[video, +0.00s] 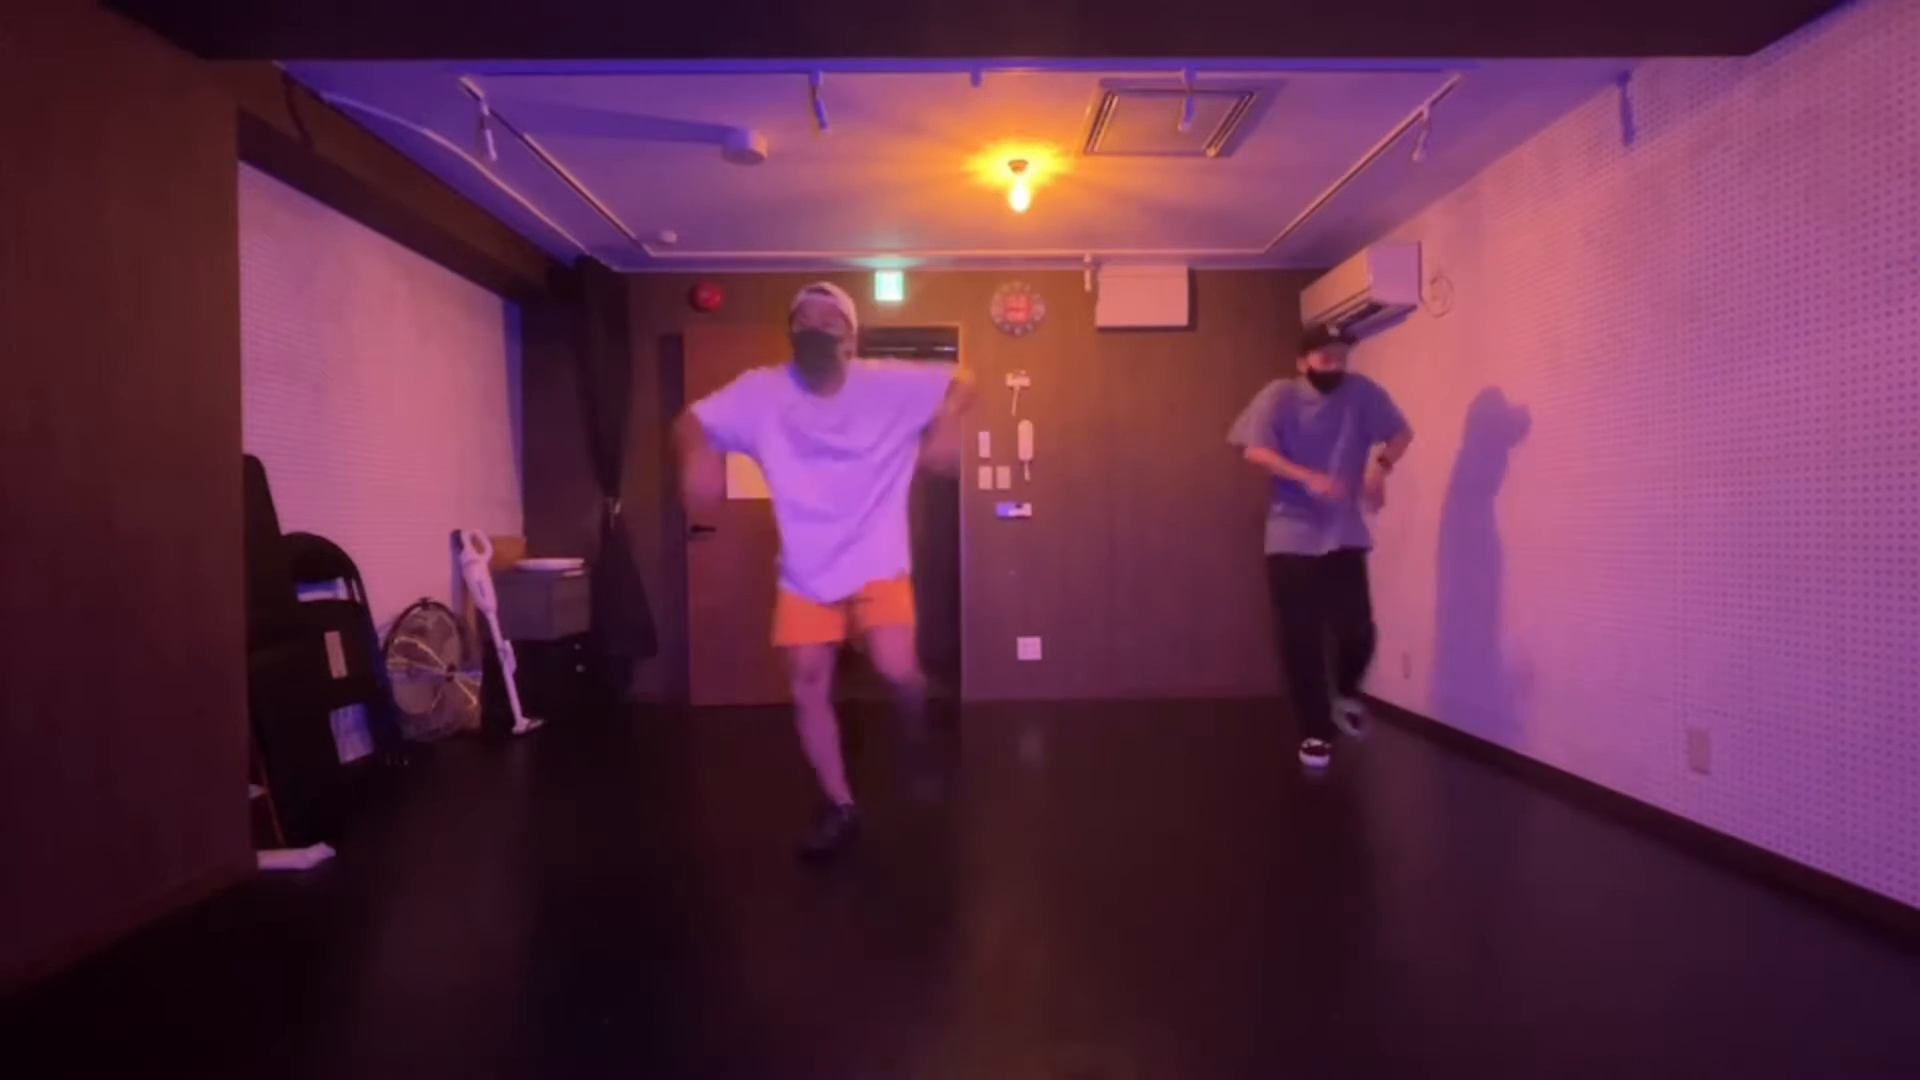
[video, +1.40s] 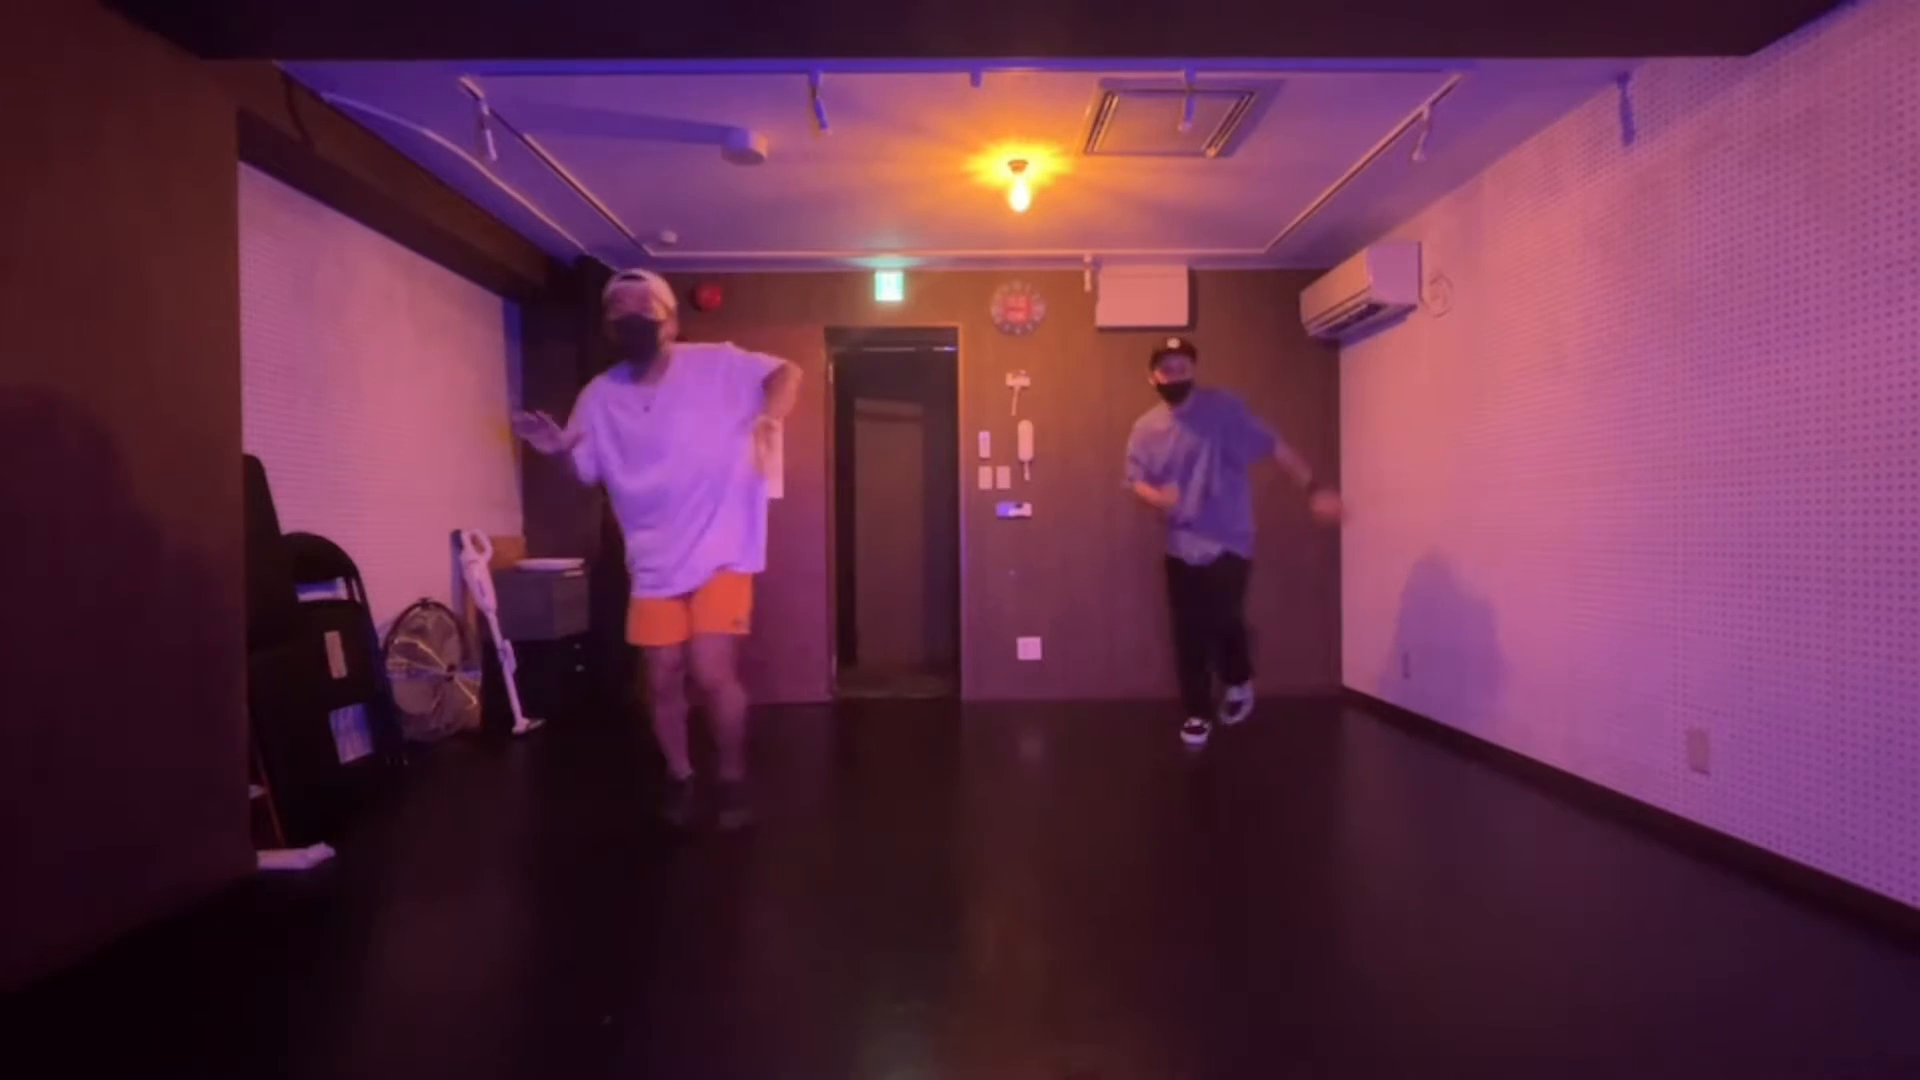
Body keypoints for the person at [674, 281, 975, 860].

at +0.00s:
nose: (817, 335)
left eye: (830, 327)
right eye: (806, 327)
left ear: (850, 339)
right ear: (790, 338)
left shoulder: (883, 381)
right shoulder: (764, 391)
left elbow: (960, 382)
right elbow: (692, 423)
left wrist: (943, 433)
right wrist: (701, 466)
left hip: (880, 556)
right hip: (807, 564)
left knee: (898, 668)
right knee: (809, 683)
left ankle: (921, 755)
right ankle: (840, 805)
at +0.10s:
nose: (814, 345)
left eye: (828, 335)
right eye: (804, 335)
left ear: (852, 347)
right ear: (791, 343)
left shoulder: (883, 396)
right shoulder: (762, 394)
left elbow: (959, 411)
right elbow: (690, 435)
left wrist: (918, 432)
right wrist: (678, 498)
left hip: (867, 563)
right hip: (792, 569)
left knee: (883, 677)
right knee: (799, 689)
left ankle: (866, 733)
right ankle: (840, 806)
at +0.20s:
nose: (817, 336)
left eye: (832, 329)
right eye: (809, 327)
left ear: (854, 347)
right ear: (793, 339)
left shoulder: (875, 405)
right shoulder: (759, 397)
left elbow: (921, 464)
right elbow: (702, 461)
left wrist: (890, 444)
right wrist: (662, 526)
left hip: (854, 577)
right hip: (779, 579)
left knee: (857, 695)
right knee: (797, 693)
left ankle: (817, 754)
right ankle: (839, 805)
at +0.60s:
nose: (786, 330)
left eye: (797, 322)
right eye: (775, 322)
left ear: (816, 332)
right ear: (757, 334)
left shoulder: (835, 393)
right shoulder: (729, 387)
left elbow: (893, 437)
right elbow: (654, 437)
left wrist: (844, 391)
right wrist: (582, 470)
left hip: (811, 559)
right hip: (747, 557)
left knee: (808, 673)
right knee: (771, 663)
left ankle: (771, 778)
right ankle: (777, 792)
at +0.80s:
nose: (746, 328)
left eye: (755, 318)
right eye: (733, 322)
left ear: (775, 330)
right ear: (719, 335)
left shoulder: (808, 389)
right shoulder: (694, 390)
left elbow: (876, 399)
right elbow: (618, 425)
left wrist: (818, 364)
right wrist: (541, 413)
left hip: (793, 559)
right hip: (725, 561)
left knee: (783, 664)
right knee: (728, 671)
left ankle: (762, 782)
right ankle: (716, 790)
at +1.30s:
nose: (650, 323)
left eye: (661, 313)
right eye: (639, 315)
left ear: (685, 319)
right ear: (625, 325)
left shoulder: (724, 361)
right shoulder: (609, 387)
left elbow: (793, 369)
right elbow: (571, 444)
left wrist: (750, 404)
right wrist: (544, 435)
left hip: (730, 548)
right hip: (659, 557)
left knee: (734, 666)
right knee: (669, 674)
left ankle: (756, 784)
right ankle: (679, 785)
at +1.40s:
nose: (635, 323)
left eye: (646, 312)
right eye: (623, 315)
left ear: (670, 319)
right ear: (609, 328)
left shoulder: (713, 363)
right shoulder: (599, 396)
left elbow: (786, 372)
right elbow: (587, 469)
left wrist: (769, 418)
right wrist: (558, 447)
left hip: (723, 544)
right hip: (654, 555)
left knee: (711, 667)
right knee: (663, 676)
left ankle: (732, 783)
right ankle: (680, 783)